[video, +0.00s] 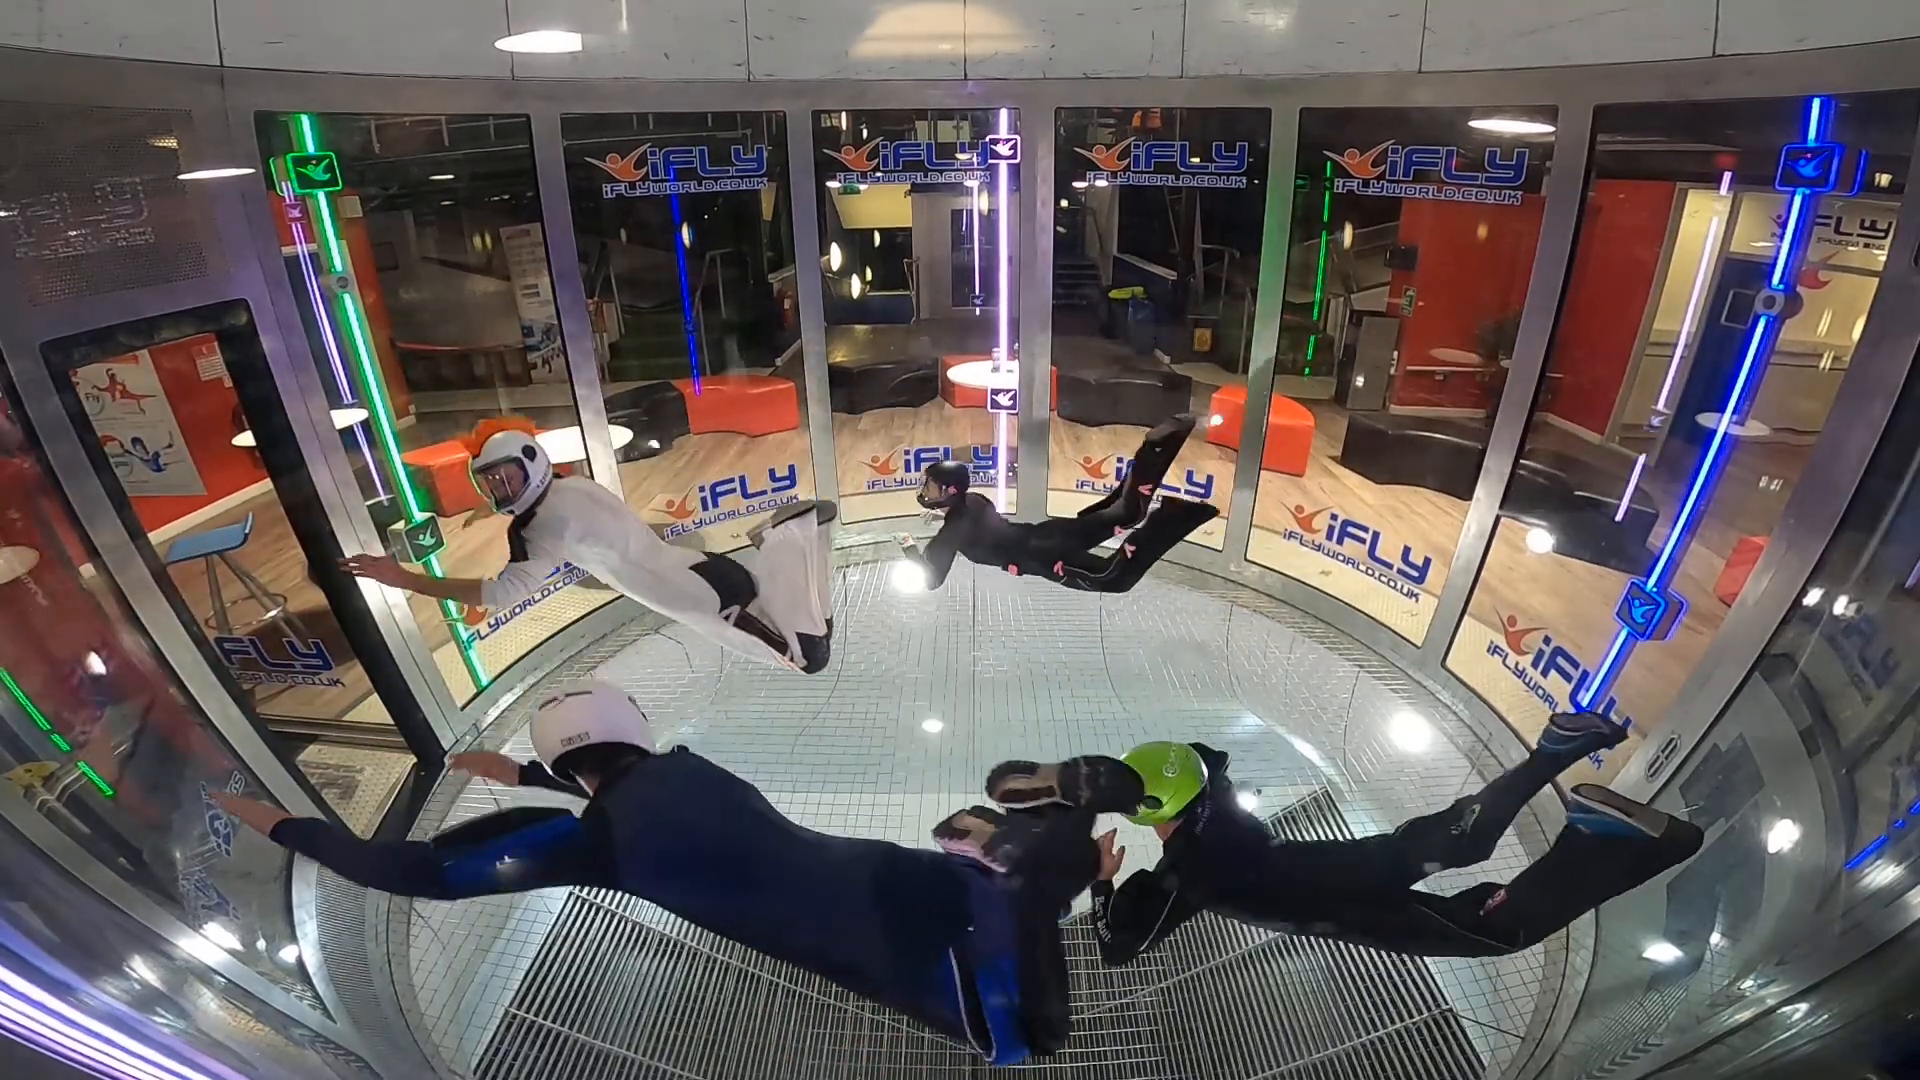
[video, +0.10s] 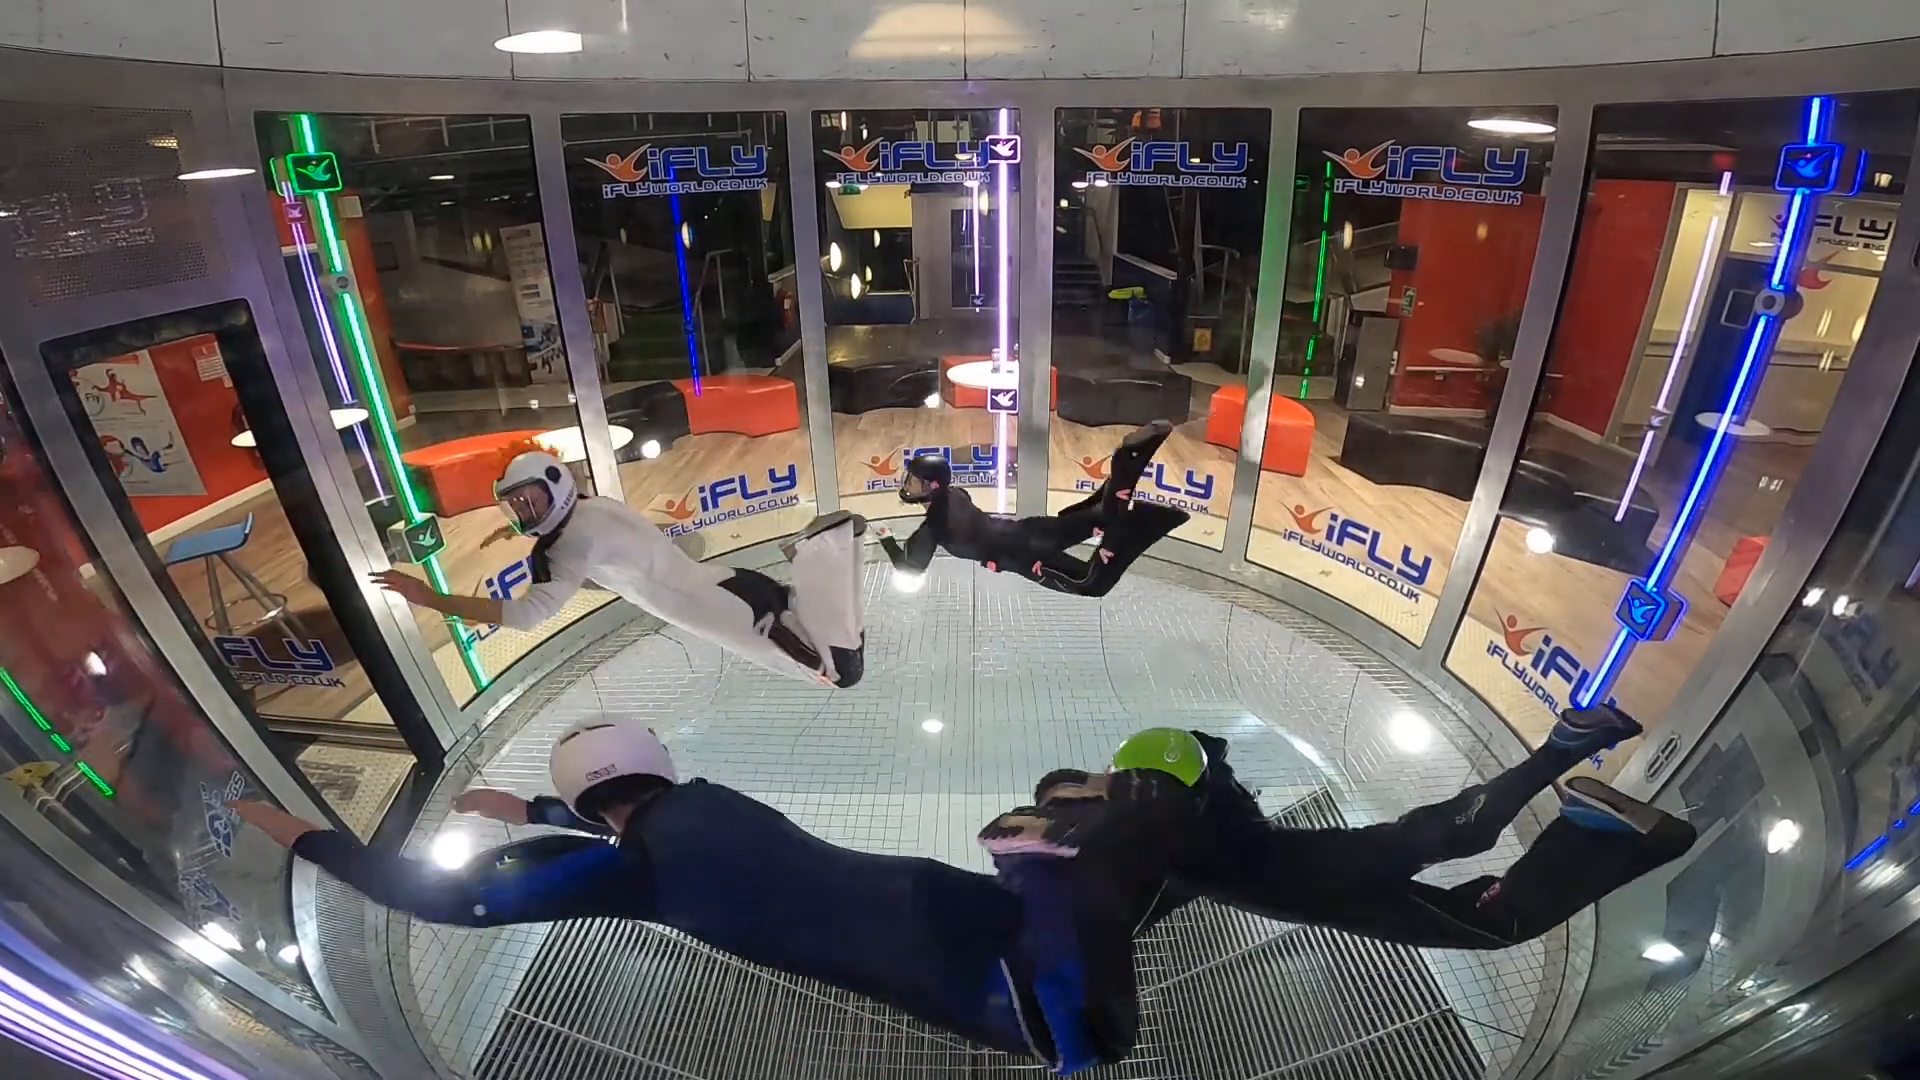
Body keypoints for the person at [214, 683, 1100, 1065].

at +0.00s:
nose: (547, 775)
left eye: (555, 760)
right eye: (546, 762)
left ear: (584, 760)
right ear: (629, 738)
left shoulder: (608, 834)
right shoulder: (667, 768)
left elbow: (424, 870)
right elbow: (583, 773)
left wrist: (294, 827)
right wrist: (501, 767)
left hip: (900, 940)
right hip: (910, 886)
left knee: (1036, 1031)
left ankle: (1036, 861)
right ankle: (1029, 861)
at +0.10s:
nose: (561, 798)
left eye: (568, 783)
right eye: (564, 786)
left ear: (606, 787)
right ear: (651, 773)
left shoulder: (643, 852)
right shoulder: (694, 802)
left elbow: (455, 894)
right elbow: (600, 839)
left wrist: (307, 839)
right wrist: (517, 822)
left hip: (919, 939)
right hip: (925, 895)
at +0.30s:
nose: (699, 785)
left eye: (688, 780)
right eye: (682, 785)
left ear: (692, 823)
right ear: (679, 824)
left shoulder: (743, 868)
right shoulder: (730, 878)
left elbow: (586, 960)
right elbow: (578, 963)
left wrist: (599, 871)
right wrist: (409, 912)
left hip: (1061, 927)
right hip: (1057, 933)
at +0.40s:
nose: (741, 793)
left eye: (726, 796)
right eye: (724, 807)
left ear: (749, 844)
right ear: (735, 863)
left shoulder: (827, 864)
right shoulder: (796, 914)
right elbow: (669, 1006)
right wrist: (523, 913)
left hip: (1129, 910)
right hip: (1176, 954)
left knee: (1331, 761)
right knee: (1348, 764)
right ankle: (1498, 825)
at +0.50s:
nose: (797, 888)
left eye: (797, 875)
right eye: (795, 870)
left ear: (823, 881)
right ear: (852, 844)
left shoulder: (873, 937)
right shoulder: (886, 860)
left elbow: (756, 1037)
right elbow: (793, 873)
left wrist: (648, 942)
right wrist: (690, 885)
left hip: (1144, 960)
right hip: (1125, 901)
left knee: (1365, 970)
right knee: (1265, 882)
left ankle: (1471, 792)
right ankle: (1233, 760)